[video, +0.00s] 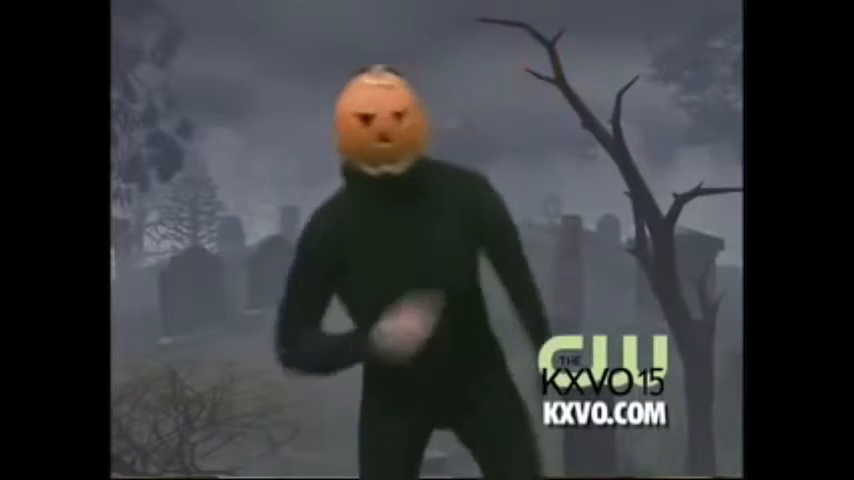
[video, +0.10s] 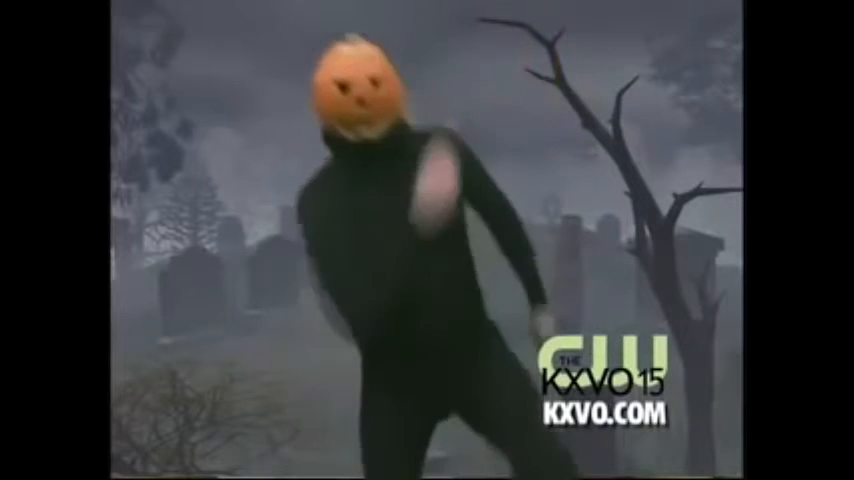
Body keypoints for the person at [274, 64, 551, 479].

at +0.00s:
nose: (384, 130)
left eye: (398, 116)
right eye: (365, 119)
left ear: (419, 123)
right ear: (342, 132)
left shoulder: (466, 193)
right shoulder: (332, 226)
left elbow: (521, 288)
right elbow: (294, 348)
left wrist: (553, 364)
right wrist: (369, 342)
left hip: (478, 383)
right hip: (394, 393)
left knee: (519, 469)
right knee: (382, 471)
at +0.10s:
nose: (363, 96)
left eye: (375, 81)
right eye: (344, 87)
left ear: (396, 86)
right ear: (322, 106)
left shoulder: (440, 152)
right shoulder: (320, 198)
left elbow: (503, 221)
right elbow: (363, 314)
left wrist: (539, 302)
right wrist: (419, 227)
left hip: (474, 356)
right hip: (394, 375)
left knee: (549, 463)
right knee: (388, 471)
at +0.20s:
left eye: (363, 51)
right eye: (339, 88)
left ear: (385, 68)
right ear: (315, 88)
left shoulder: (424, 116)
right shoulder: (316, 159)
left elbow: (471, 185)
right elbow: (379, 242)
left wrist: (509, 256)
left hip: (475, 319)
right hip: (400, 343)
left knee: (577, 412)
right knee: (396, 471)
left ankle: (489, 451)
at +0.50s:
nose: (370, 97)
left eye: (381, 83)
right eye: (350, 88)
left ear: (400, 94)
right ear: (325, 110)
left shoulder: (423, 162)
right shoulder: (326, 200)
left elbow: (452, 242)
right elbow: (385, 272)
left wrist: (501, 302)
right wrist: (482, 192)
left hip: (464, 361)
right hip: (394, 385)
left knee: (581, 373)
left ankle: (536, 474)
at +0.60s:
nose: (396, 81)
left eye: (405, 69)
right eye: (378, 75)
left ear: (424, 93)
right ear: (353, 107)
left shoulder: (447, 149)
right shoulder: (334, 184)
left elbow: (481, 191)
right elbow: (358, 280)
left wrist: (503, 240)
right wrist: (437, 212)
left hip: (466, 352)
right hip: (393, 372)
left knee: (576, 406)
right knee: (389, 470)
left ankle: (527, 475)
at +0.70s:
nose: (414, 38)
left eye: (423, 27)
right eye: (397, 29)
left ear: (441, 47)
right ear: (367, 56)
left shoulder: (469, 115)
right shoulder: (343, 144)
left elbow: (515, 146)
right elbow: (332, 263)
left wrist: (513, 187)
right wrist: (398, 281)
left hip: (479, 339)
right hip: (398, 353)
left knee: (536, 457)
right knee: (398, 471)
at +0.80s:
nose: (427, 44)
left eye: (438, 32)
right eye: (410, 34)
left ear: (453, 48)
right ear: (382, 56)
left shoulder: (482, 122)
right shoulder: (357, 148)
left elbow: (541, 181)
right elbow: (346, 265)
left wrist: (517, 187)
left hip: (484, 344)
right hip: (405, 350)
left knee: (499, 468)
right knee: (408, 471)